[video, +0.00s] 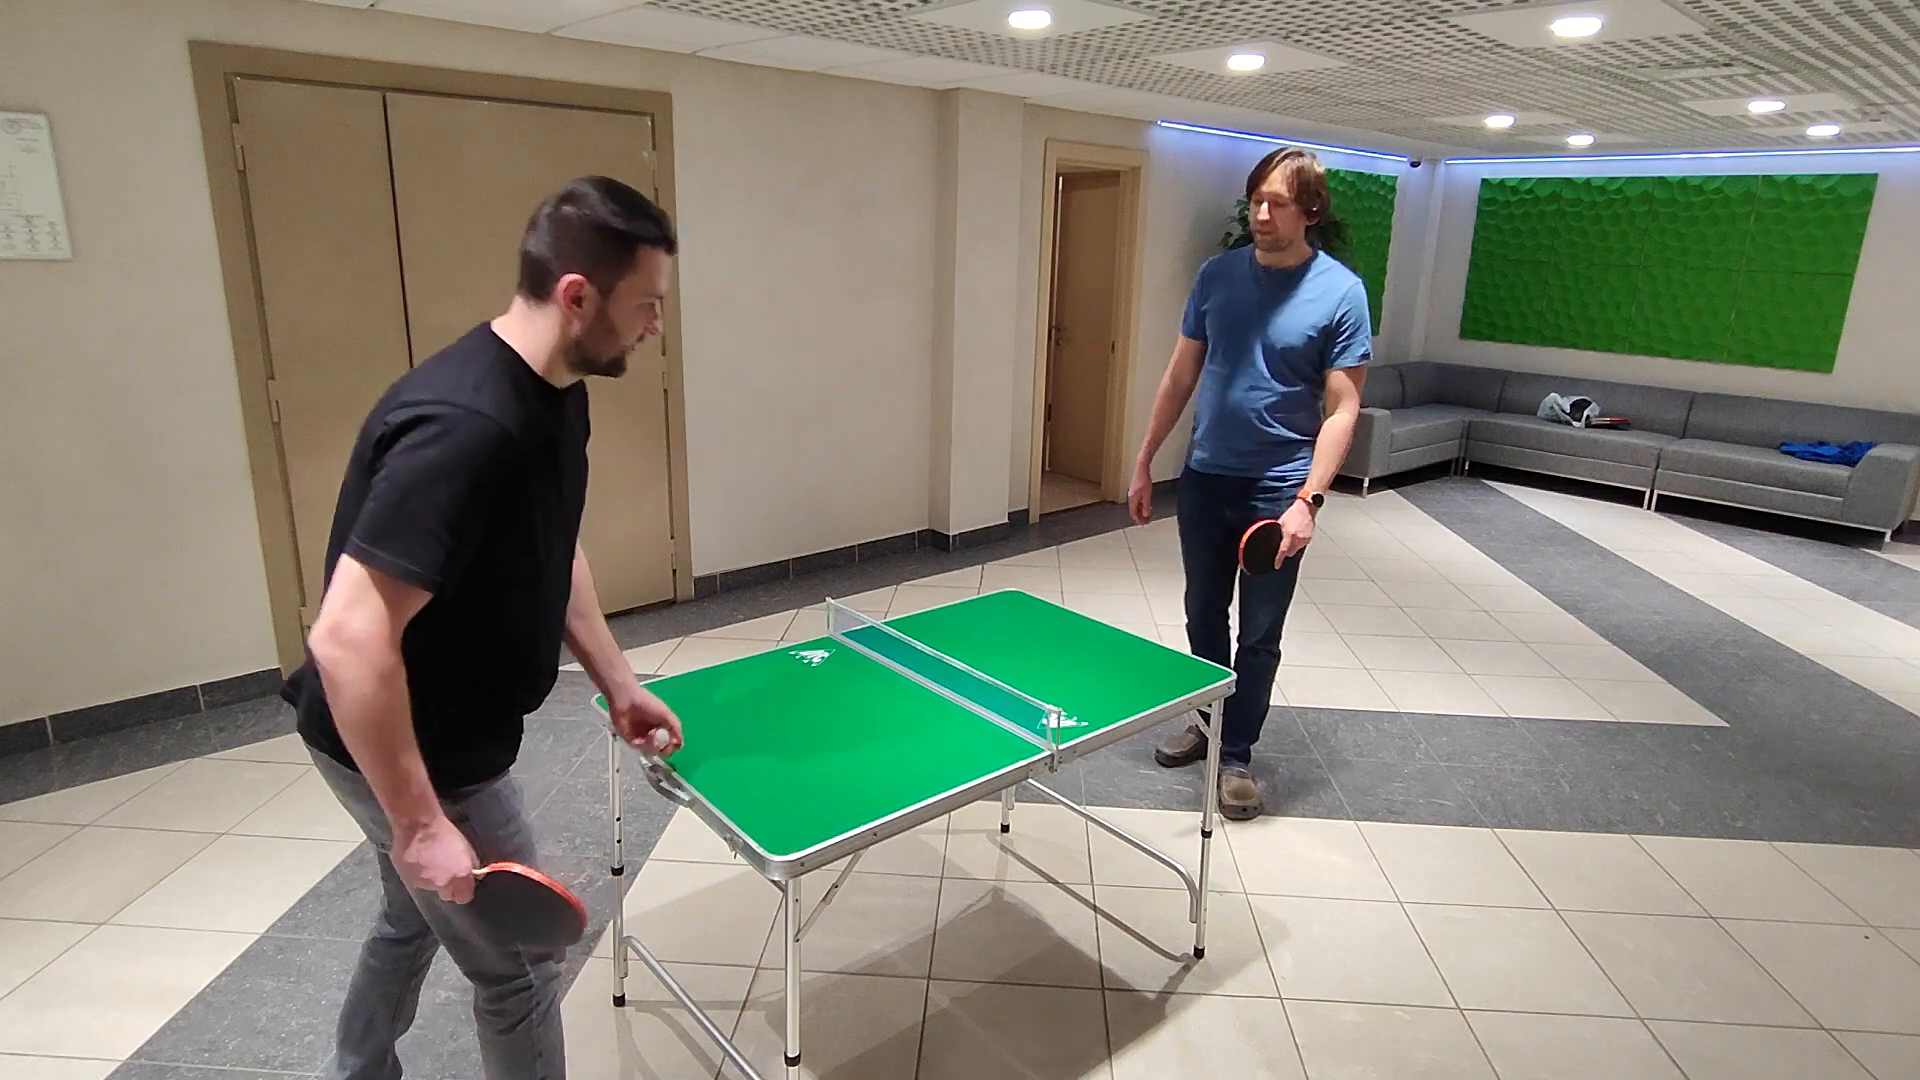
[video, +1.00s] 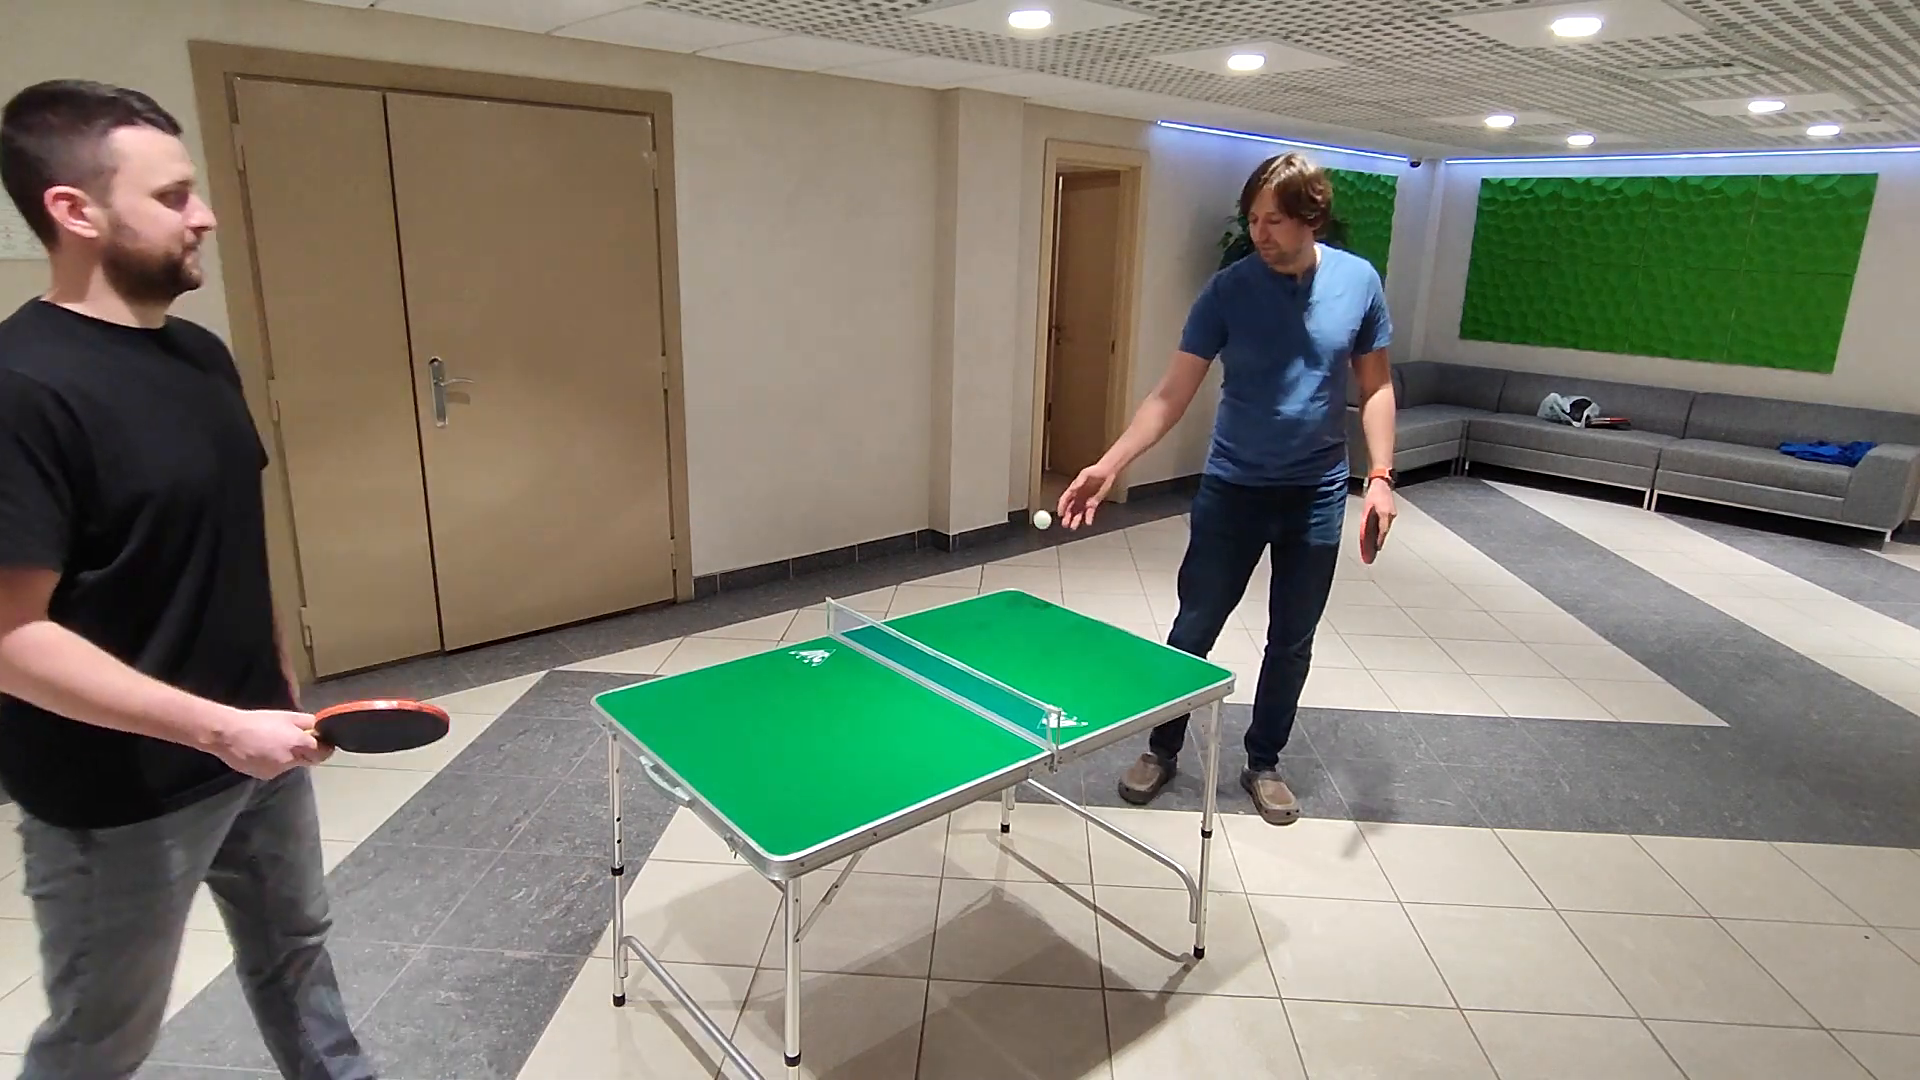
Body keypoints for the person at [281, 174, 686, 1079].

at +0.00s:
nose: (654, 326)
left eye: (658, 305)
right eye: (645, 304)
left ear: (578, 297)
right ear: (576, 294)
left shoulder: (553, 397)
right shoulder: (467, 425)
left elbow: (553, 561)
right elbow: (347, 637)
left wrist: (620, 688)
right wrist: (420, 826)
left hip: (458, 724)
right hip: (427, 756)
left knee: (410, 921)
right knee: (518, 979)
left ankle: (361, 1066)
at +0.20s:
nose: (533, 278)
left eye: (533, 255)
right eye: (518, 256)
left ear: (456, 257)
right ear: (441, 253)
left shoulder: (480, 368)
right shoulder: (341, 401)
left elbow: (566, 499)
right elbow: (244, 612)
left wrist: (703, 557)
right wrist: (330, 798)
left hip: (444, 729)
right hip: (390, 755)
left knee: (379, 935)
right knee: (490, 974)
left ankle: (352, 1070)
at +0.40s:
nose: (436, 248)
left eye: (434, 224)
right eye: (416, 225)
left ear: (353, 233)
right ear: (337, 230)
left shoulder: (409, 355)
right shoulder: (244, 389)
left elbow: (531, 456)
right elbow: (170, 601)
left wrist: (683, 497)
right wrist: (262, 780)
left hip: (406, 721)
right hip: (339, 745)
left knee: (357, 939)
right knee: (436, 976)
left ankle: (348, 1072)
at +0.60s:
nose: (370, 230)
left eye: (365, 206)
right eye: (344, 209)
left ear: (274, 220)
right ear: (262, 220)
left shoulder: (357, 351)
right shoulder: (182, 381)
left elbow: (433, 500)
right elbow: (122, 595)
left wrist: (541, 602)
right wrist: (240, 761)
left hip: (371, 724)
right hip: (284, 747)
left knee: (343, 954)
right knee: (365, 982)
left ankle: (337, 1063)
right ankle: (338, 1074)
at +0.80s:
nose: (304, 218)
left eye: (299, 193)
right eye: (276, 197)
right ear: (188, 212)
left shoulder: (300, 354)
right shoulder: (121, 377)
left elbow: (301, 552)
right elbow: (71, 600)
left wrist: (335, 707)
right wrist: (242, 738)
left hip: (327, 739)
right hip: (219, 775)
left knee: (328, 956)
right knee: (249, 1015)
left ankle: (342, 1073)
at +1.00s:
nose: (204, 219)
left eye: (196, 192)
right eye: (172, 195)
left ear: (88, 214)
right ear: (75, 212)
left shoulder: (201, 356)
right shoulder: (24, 386)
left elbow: (238, 557)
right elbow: (13, 639)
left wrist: (288, 703)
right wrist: (219, 728)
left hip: (256, 762)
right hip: (114, 804)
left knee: (297, 956)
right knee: (99, 1044)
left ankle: (335, 1071)